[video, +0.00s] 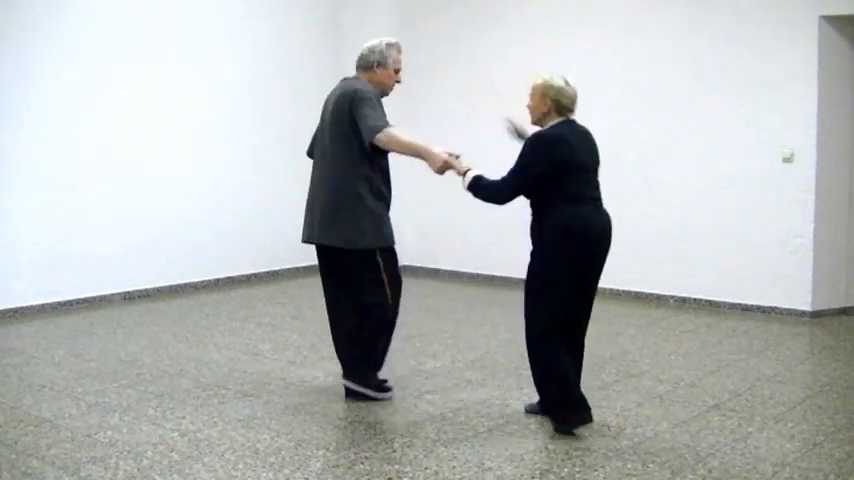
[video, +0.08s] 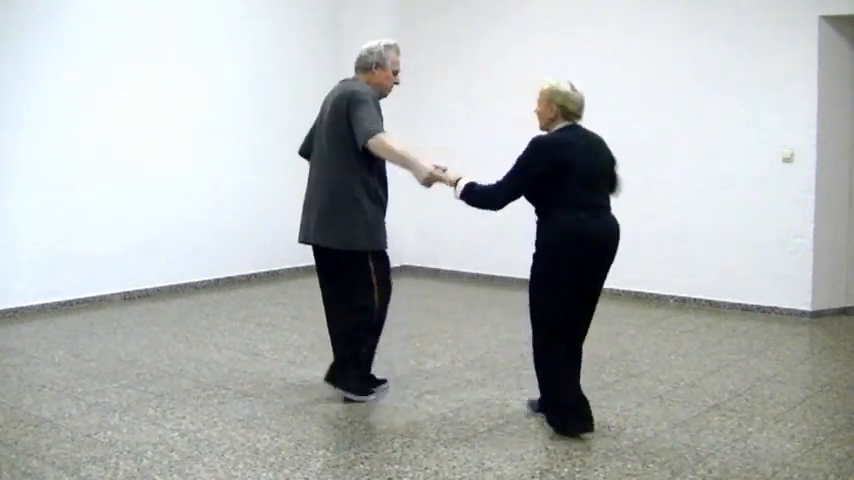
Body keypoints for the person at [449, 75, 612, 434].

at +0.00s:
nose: (528, 104)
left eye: (532, 97)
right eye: (530, 97)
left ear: (548, 104)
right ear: (563, 105)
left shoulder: (543, 142)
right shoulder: (584, 137)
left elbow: (503, 192)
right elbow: (554, 163)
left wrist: (467, 175)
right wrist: (527, 139)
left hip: (557, 243)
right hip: (593, 239)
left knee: (542, 324)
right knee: (572, 320)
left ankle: (568, 412)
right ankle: (559, 398)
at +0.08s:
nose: (535, 109)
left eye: (539, 104)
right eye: (538, 102)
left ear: (553, 110)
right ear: (572, 111)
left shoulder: (544, 148)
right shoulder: (597, 144)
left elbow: (498, 196)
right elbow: (611, 185)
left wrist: (459, 184)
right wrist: (564, 189)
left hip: (559, 244)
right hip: (601, 242)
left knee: (549, 328)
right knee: (573, 323)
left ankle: (570, 418)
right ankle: (559, 397)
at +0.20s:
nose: (545, 113)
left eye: (548, 107)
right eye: (547, 107)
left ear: (559, 111)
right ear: (585, 113)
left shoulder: (545, 147)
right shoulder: (612, 148)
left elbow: (501, 196)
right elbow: (642, 196)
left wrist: (462, 193)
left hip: (558, 252)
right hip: (607, 253)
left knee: (558, 332)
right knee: (590, 327)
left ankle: (572, 422)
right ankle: (572, 403)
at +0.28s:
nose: (553, 111)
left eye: (556, 105)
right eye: (554, 104)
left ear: (566, 109)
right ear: (593, 109)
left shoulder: (549, 144)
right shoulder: (620, 145)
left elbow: (511, 195)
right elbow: (651, 192)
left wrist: (475, 193)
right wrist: (683, 229)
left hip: (558, 252)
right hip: (610, 252)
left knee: (560, 333)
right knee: (597, 328)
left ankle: (569, 422)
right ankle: (593, 412)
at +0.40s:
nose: (563, 108)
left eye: (565, 103)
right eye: (564, 102)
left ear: (573, 106)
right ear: (603, 105)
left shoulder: (558, 139)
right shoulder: (628, 139)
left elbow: (523, 188)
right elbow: (664, 187)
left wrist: (499, 173)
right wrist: (715, 222)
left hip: (562, 243)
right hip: (615, 244)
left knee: (566, 331)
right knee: (610, 328)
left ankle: (569, 425)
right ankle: (608, 417)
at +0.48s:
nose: (568, 109)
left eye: (569, 104)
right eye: (570, 103)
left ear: (577, 106)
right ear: (609, 104)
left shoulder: (564, 139)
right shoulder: (632, 138)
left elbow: (528, 181)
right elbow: (666, 184)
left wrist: (506, 159)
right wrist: (717, 220)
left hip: (565, 243)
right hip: (618, 244)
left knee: (568, 332)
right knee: (614, 331)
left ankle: (569, 425)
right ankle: (601, 422)